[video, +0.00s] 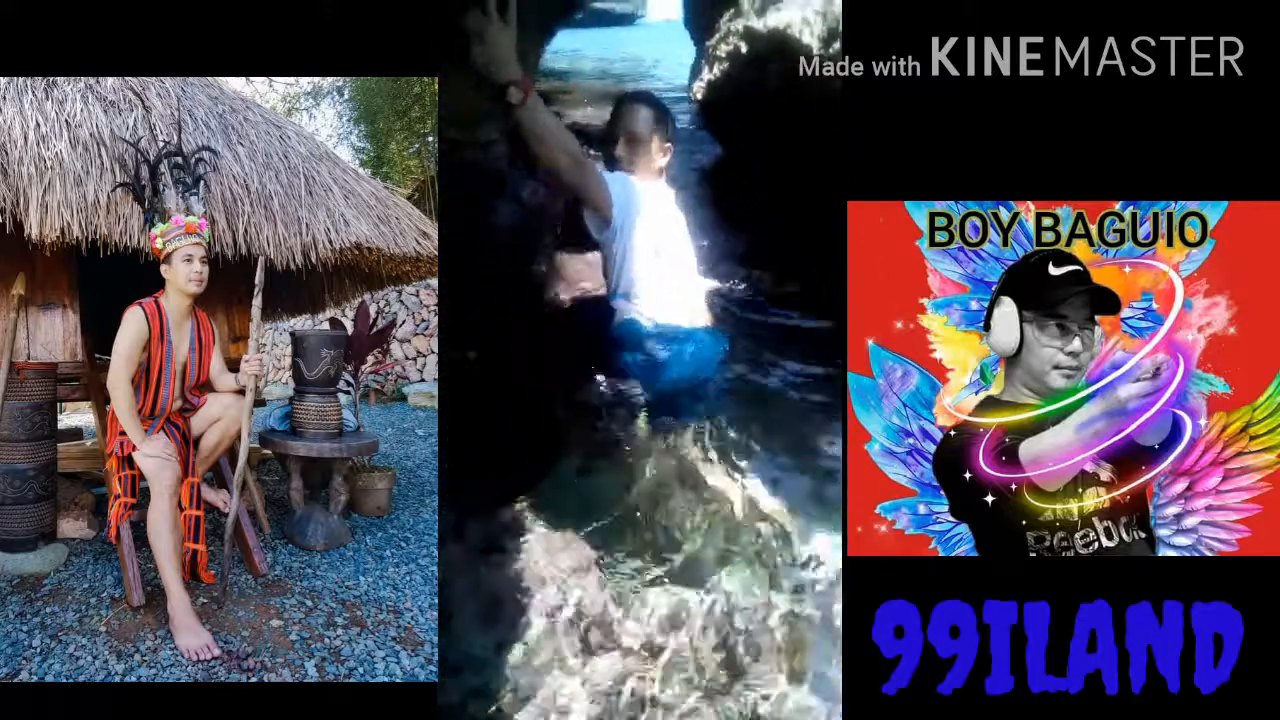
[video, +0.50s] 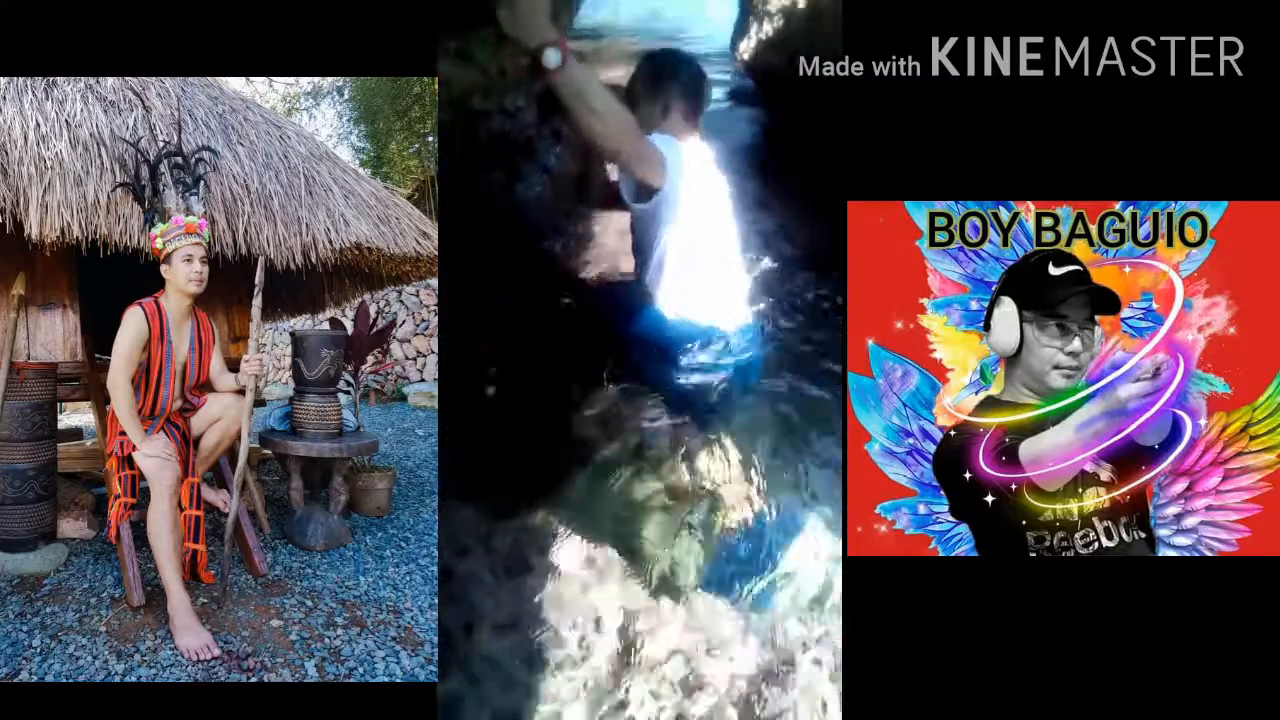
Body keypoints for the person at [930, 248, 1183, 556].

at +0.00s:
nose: (1077, 346)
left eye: (1087, 328)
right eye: (1057, 327)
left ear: (1097, 335)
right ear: (1007, 326)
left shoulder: (1113, 411)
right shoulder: (962, 446)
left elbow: (1158, 436)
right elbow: (1016, 473)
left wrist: (1148, 396)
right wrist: (1107, 413)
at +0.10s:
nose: (1077, 346)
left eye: (1087, 328)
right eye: (1057, 327)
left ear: (1097, 335)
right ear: (1007, 326)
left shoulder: (1113, 411)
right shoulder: (962, 446)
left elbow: (1158, 436)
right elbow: (1016, 473)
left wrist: (1148, 396)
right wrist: (1107, 413)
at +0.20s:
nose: (1077, 346)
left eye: (1087, 328)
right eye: (1057, 327)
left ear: (1097, 335)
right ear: (1007, 326)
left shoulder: (1113, 411)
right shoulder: (962, 446)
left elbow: (1158, 436)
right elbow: (1016, 473)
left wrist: (1148, 396)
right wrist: (1107, 413)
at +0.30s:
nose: (1077, 346)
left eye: (1086, 328)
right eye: (1057, 327)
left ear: (1097, 335)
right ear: (1008, 327)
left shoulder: (1112, 410)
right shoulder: (962, 446)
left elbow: (1157, 435)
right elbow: (1017, 472)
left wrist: (1148, 395)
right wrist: (1106, 414)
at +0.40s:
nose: (1077, 346)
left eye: (1086, 328)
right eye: (1057, 327)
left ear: (1097, 335)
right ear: (1008, 327)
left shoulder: (1112, 410)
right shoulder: (962, 446)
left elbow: (1157, 435)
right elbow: (1017, 472)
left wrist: (1148, 395)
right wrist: (1106, 414)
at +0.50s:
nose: (1077, 346)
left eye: (1087, 328)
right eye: (1057, 327)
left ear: (1097, 335)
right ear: (1007, 326)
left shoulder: (1114, 411)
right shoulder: (962, 446)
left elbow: (1157, 436)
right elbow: (1016, 473)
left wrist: (1149, 396)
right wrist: (1107, 413)